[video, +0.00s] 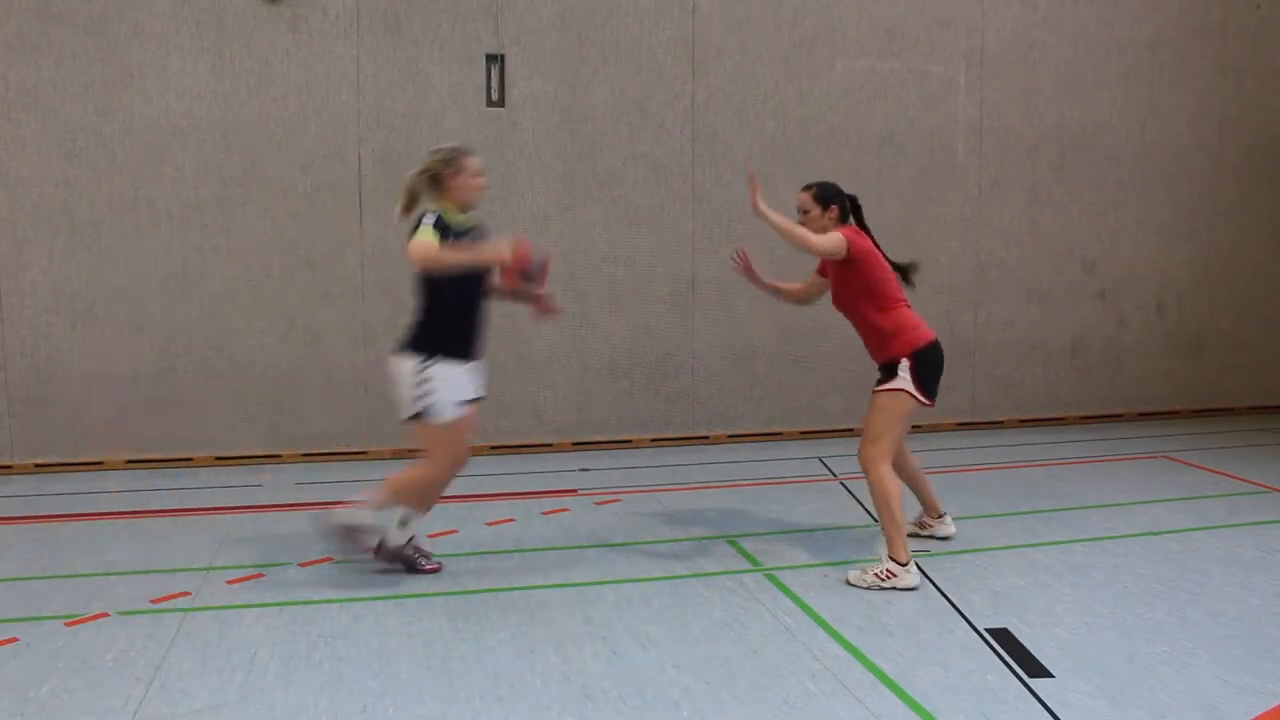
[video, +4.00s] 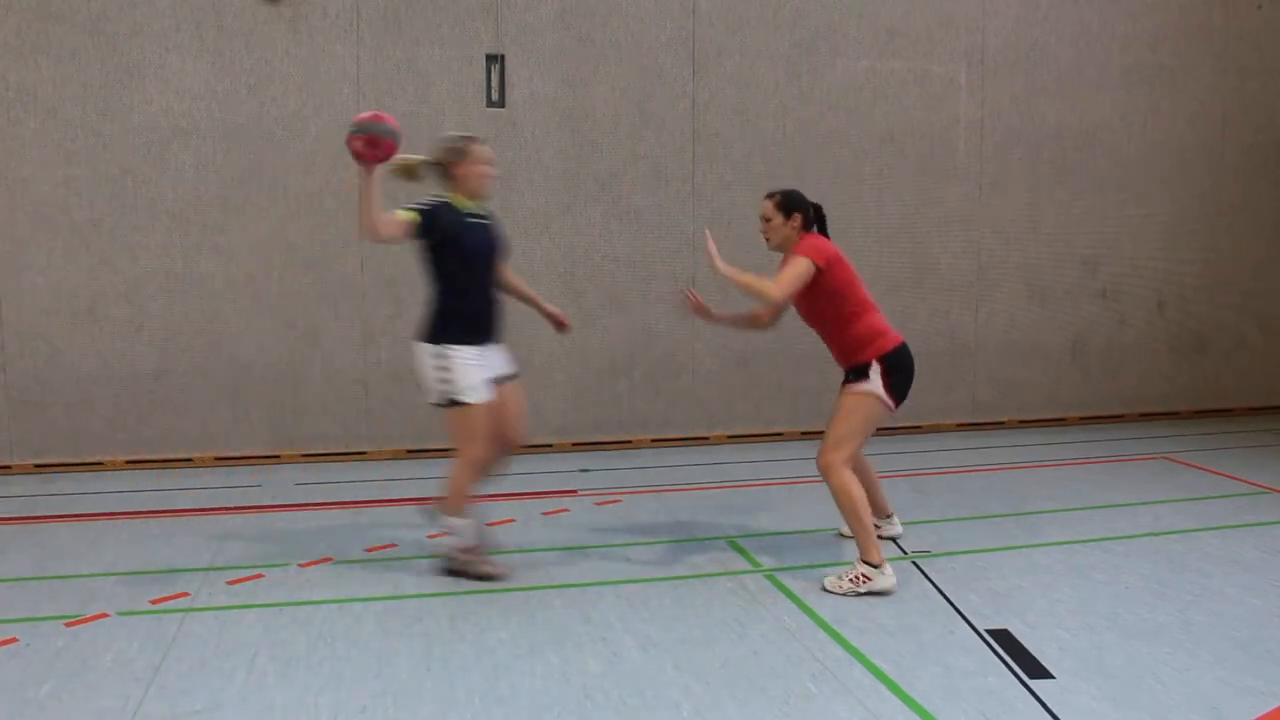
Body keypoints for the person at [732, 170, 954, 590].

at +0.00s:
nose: (799, 221)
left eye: (804, 212)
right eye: (797, 213)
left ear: (831, 211)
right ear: (828, 214)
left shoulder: (849, 238)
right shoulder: (836, 256)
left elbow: (814, 242)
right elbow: (803, 294)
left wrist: (764, 213)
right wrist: (759, 281)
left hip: (912, 358)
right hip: (900, 360)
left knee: (873, 455)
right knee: (883, 442)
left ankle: (899, 563)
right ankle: (935, 516)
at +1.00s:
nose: (783, 269)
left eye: (791, 260)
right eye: (775, 264)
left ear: (806, 264)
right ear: (767, 273)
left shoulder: (827, 290)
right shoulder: (769, 316)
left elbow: (817, 306)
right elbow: (747, 364)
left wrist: (763, 275)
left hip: (887, 398)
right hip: (855, 408)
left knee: (826, 477)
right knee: (883, 474)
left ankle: (876, 572)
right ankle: (937, 504)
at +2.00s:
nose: (742, 221)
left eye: (749, 213)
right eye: (741, 214)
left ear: (777, 216)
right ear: (765, 220)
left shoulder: (801, 249)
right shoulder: (762, 260)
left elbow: (780, 294)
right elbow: (733, 306)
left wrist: (718, 276)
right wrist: (689, 313)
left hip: (855, 360)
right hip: (825, 358)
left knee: (799, 448)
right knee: (786, 424)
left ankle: (827, 549)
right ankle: (819, 496)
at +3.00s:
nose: (753, 230)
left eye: (760, 223)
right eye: (754, 224)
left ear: (784, 226)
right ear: (779, 228)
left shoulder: (802, 254)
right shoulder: (786, 265)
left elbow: (792, 296)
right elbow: (792, 314)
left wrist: (738, 272)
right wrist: (745, 321)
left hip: (866, 355)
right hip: (838, 357)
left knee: (820, 437)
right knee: (813, 432)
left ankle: (857, 532)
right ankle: (840, 489)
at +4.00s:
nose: (762, 229)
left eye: (768, 221)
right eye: (761, 221)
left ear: (795, 221)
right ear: (791, 223)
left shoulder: (813, 247)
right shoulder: (797, 260)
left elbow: (777, 295)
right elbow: (768, 318)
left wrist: (724, 268)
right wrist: (714, 316)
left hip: (881, 362)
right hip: (867, 364)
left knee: (832, 462)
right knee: (843, 450)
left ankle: (874, 566)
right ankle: (883, 520)